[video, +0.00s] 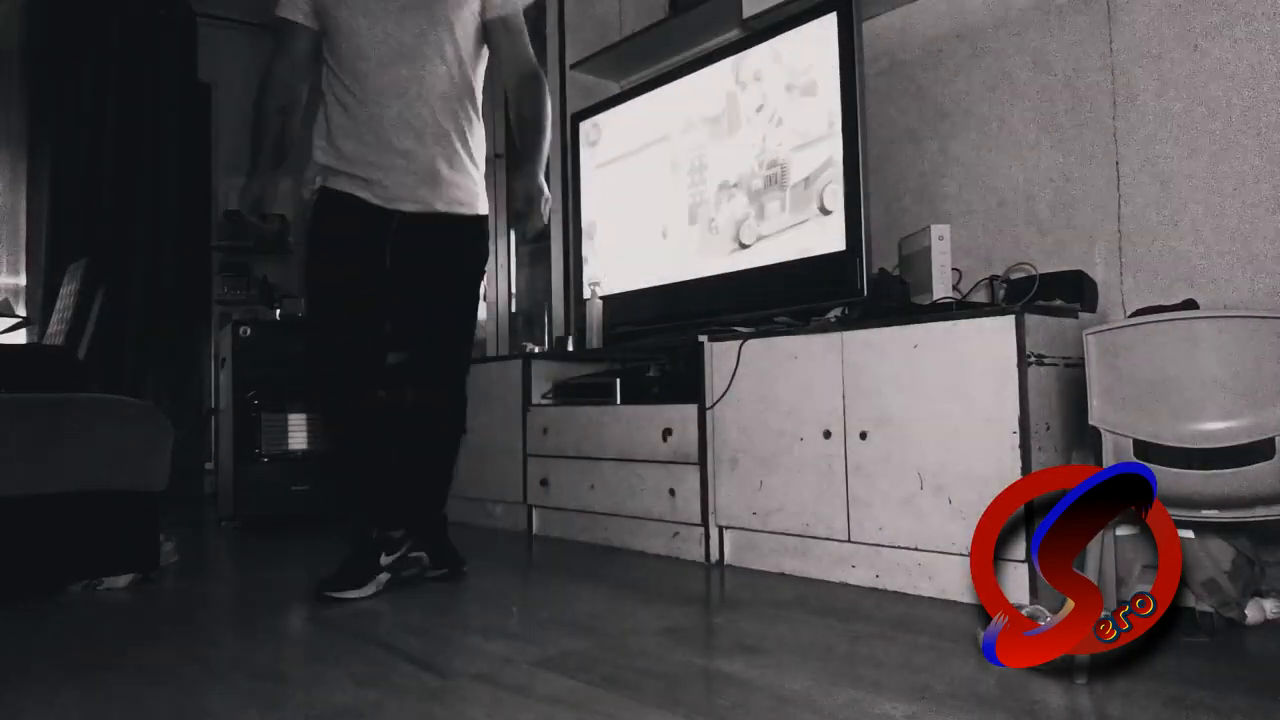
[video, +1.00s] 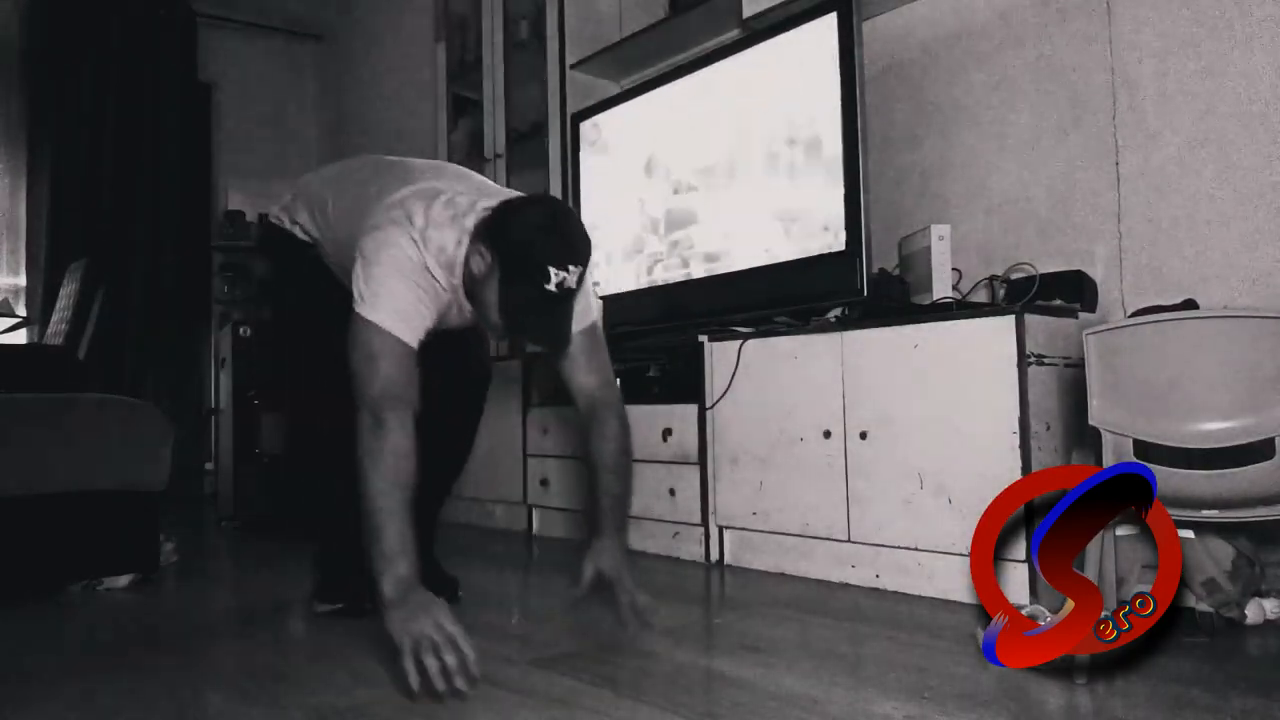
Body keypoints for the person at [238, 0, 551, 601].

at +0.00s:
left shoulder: (490, 5)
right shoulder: (314, 6)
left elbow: (526, 74)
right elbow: (289, 67)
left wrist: (530, 176)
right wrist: (265, 173)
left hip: (449, 198)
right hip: (350, 193)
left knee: (437, 380)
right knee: (346, 376)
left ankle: (428, 536)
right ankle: (375, 540)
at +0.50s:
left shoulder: (506, 27)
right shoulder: (350, 9)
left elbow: (514, 143)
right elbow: (254, 99)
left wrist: (510, 263)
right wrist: (261, 232)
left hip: (421, 213)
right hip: (322, 202)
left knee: (460, 362)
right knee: (328, 378)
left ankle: (421, 512)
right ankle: (334, 558)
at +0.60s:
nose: (488, 62)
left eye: (503, 47)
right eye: (477, 42)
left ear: (516, 40)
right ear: (445, 16)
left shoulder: (517, 83)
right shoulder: (373, 45)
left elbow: (522, 192)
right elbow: (261, 165)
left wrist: (515, 306)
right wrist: (267, 313)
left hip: (416, 230)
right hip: (319, 221)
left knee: (447, 367)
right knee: (329, 385)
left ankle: (421, 535)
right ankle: (334, 562)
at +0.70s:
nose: (501, 168)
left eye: (515, 154)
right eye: (490, 150)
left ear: (533, 133)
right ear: (453, 112)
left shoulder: (524, 161)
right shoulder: (373, 122)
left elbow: (536, 278)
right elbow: (290, 262)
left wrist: (518, 393)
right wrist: (280, 416)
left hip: (422, 262)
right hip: (331, 258)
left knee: (433, 400)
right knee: (335, 406)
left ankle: (411, 547)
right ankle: (336, 561)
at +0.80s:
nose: (490, 259)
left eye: (505, 251)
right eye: (482, 244)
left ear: (534, 213)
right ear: (458, 187)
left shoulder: (524, 212)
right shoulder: (376, 191)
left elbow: (549, 339)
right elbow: (321, 346)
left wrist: (539, 469)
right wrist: (316, 502)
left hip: (419, 268)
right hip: (315, 245)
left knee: (446, 376)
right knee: (341, 389)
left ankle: (412, 544)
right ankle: (340, 556)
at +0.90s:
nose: (499, 309)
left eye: (515, 298)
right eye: (492, 290)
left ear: (546, 259)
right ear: (466, 234)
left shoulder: (534, 248)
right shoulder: (386, 223)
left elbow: (575, 384)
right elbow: (353, 384)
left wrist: (572, 513)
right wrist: (359, 553)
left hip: (426, 278)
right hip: (310, 247)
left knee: (451, 383)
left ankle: (411, 549)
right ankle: (340, 566)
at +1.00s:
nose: (509, 341)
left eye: (525, 332)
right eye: (504, 322)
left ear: (565, 282)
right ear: (478, 263)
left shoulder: (551, 265)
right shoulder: (402, 251)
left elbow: (602, 401)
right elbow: (384, 417)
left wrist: (610, 538)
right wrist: (402, 591)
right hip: (317, 245)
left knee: (455, 408)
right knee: (331, 420)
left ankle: (415, 552)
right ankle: (338, 573)